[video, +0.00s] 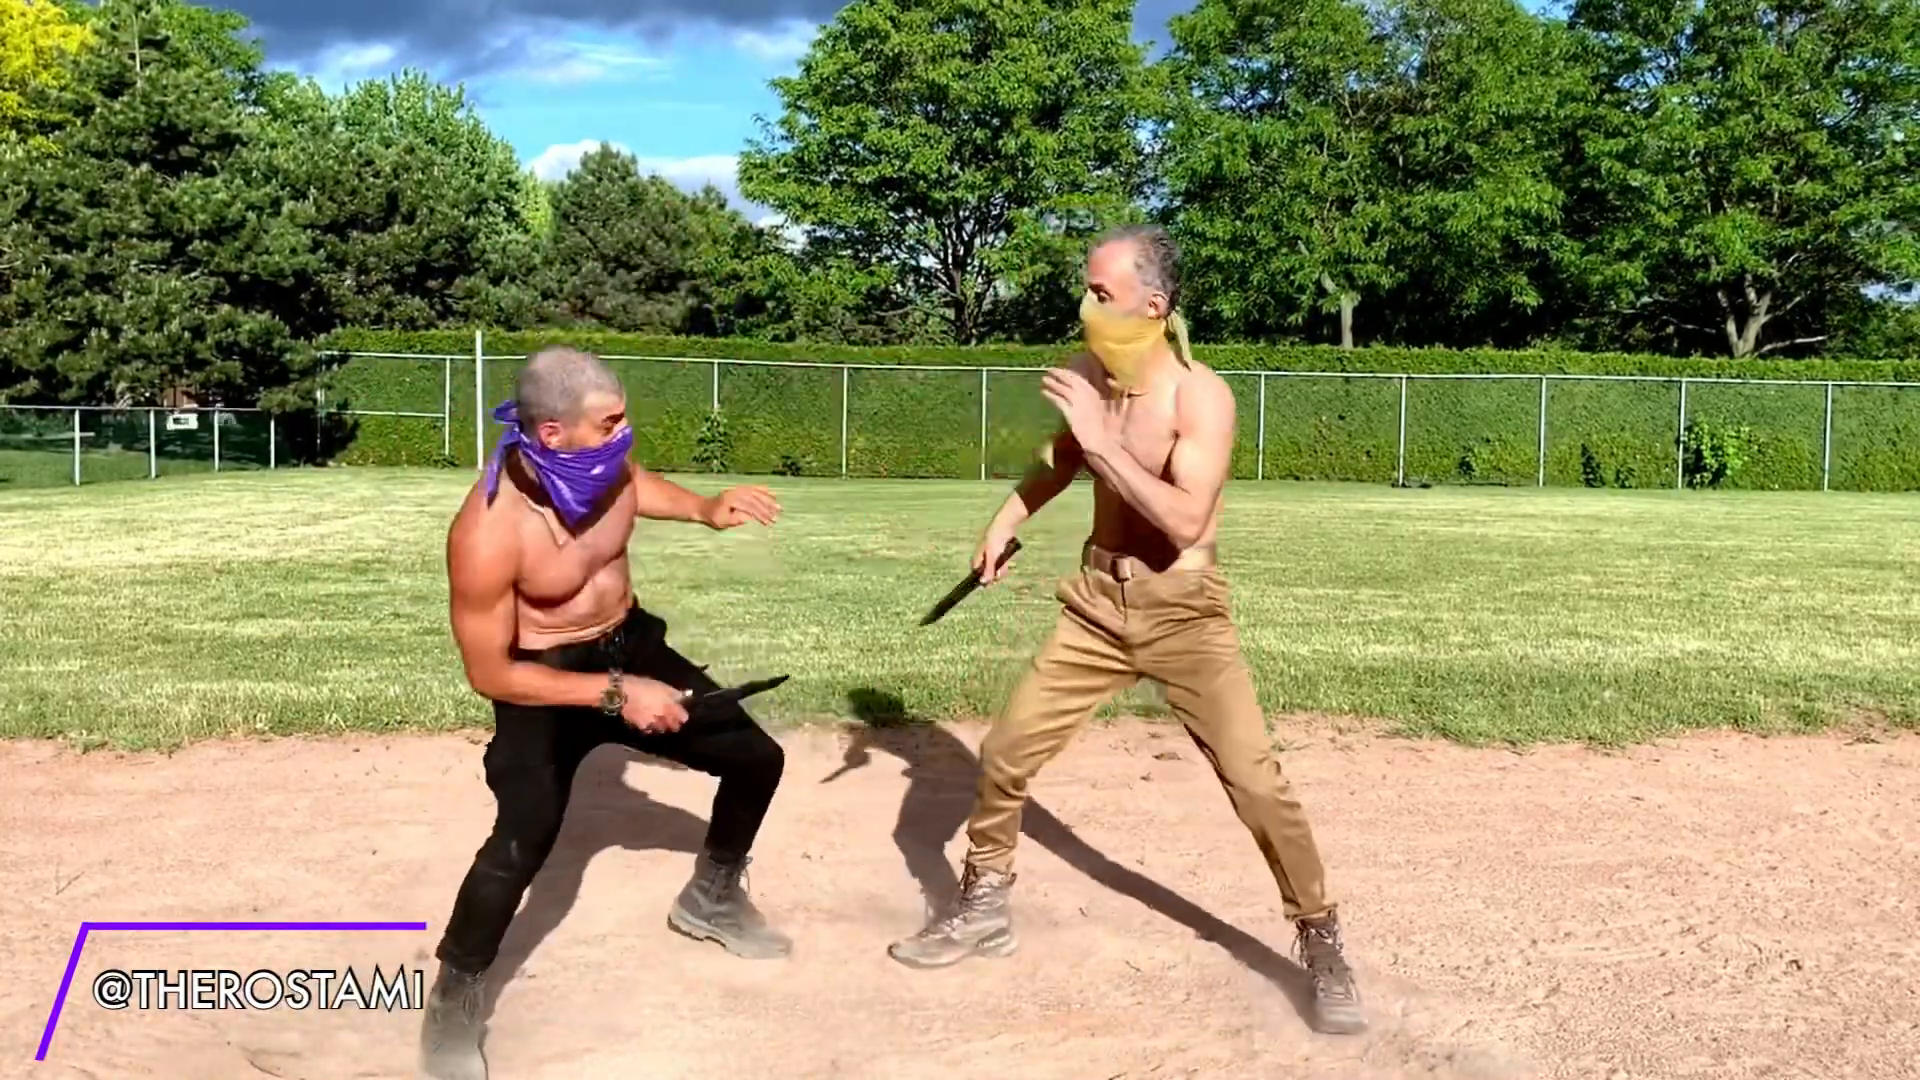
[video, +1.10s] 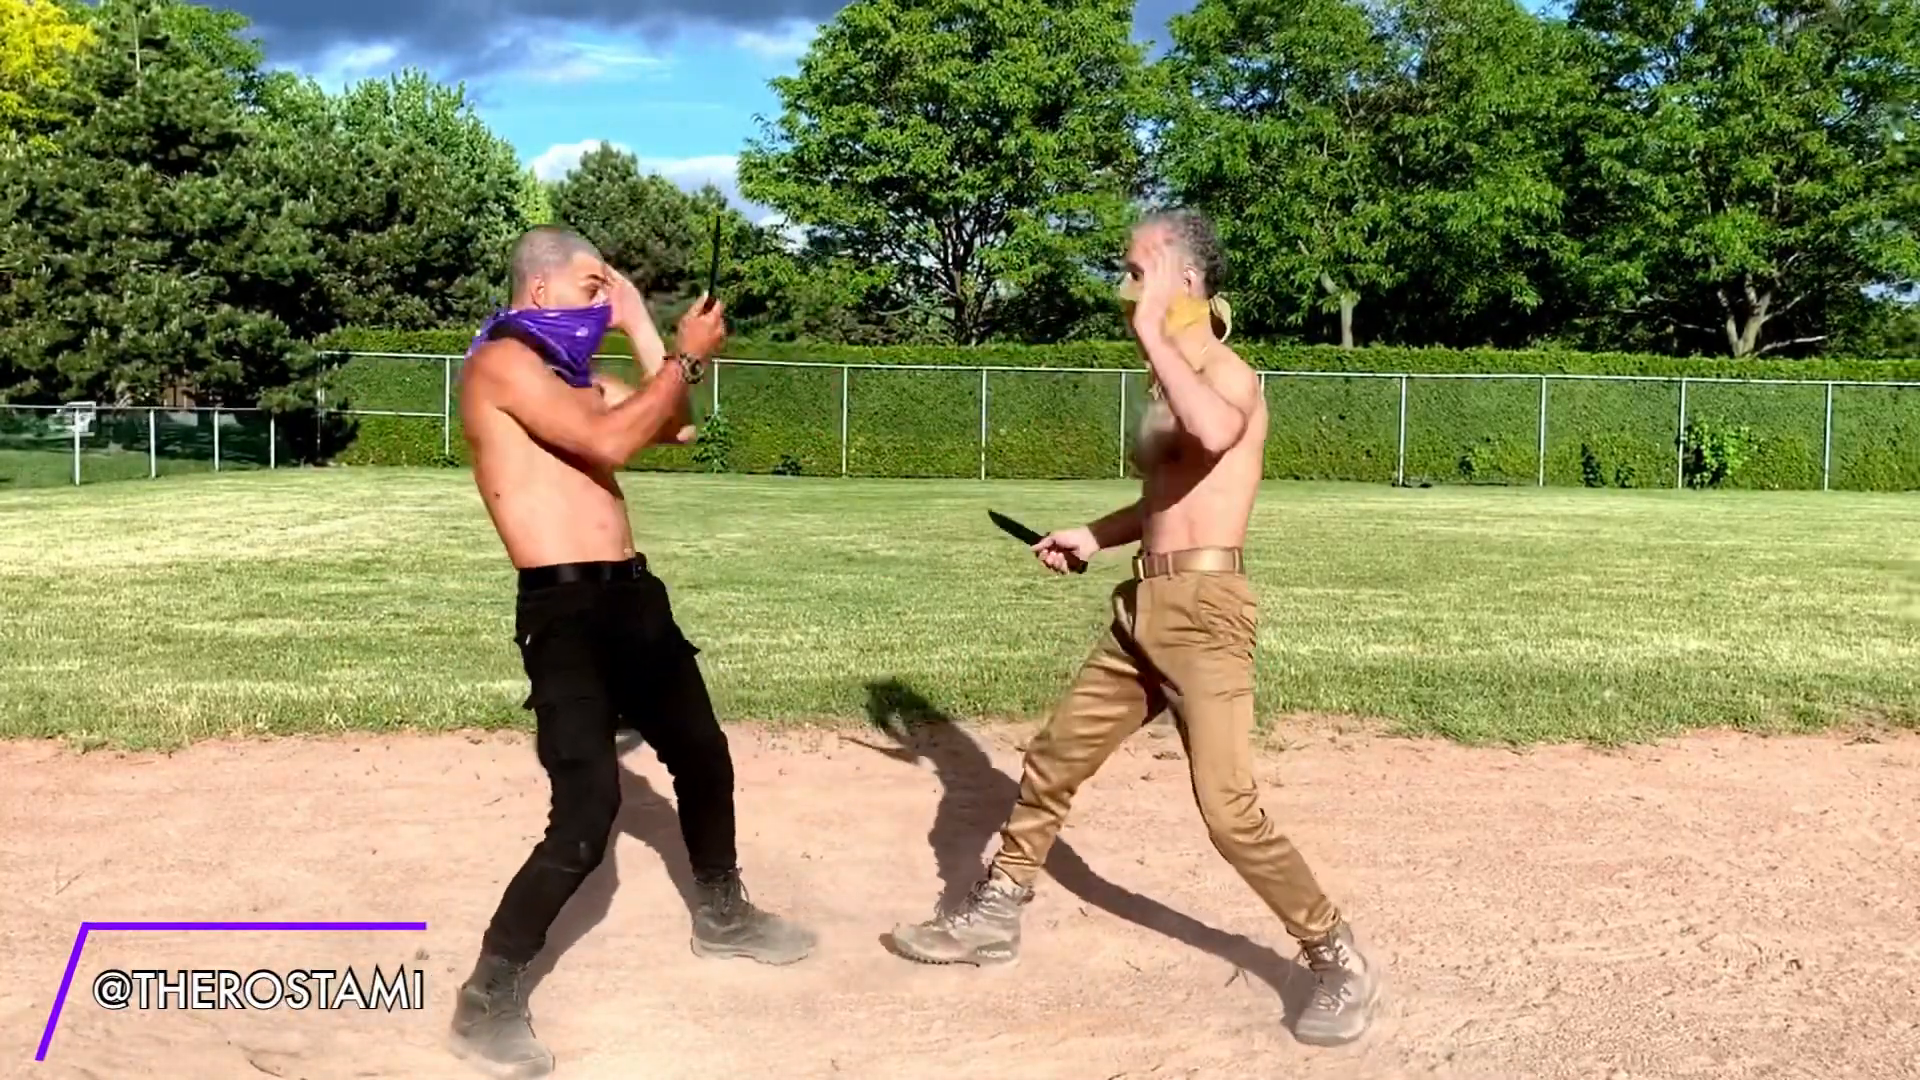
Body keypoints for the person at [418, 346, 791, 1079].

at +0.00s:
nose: (621, 438)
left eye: (622, 425)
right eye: (608, 429)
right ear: (549, 435)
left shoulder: (600, 465)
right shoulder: (488, 530)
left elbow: (628, 485)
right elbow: (489, 673)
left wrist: (704, 507)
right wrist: (616, 691)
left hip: (627, 650)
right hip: (543, 681)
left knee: (756, 761)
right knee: (523, 839)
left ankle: (713, 894)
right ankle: (455, 998)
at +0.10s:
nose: (658, 379)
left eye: (658, 363)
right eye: (645, 364)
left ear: (605, 374)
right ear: (591, 375)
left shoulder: (624, 435)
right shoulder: (518, 476)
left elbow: (657, 490)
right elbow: (473, 624)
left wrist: (706, 476)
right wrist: (586, 687)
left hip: (618, 635)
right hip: (536, 659)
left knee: (744, 745)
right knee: (530, 834)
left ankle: (710, 902)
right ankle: (456, 1001)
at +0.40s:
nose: (733, 315)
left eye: (734, 301)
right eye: (724, 299)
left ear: (678, 301)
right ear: (674, 302)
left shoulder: (666, 383)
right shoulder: (601, 388)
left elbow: (666, 467)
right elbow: (504, 513)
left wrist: (738, 423)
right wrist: (597, 588)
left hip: (631, 611)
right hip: (554, 618)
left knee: (729, 751)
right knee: (534, 817)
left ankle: (719, 915)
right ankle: (434, 998)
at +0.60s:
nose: (741, 336)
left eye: (745, 321)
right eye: (729, 320)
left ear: (714, 321)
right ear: (676, 321)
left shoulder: (725, 391)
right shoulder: (592, 395)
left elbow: (773, 465)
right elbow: (531, 524)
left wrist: (863, 501)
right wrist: (652, 542)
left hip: (660, 609)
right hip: (572, 612)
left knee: (751, 758)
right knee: (570, 794)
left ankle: (721, 919)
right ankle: (495, 988)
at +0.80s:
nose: (713, 325)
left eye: (716, 310)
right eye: (703, 308)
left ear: (668, 309)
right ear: (653, 307)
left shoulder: (688, 387)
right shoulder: (574, 391)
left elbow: (752, 445)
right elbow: (571, 534)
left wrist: (822, 378)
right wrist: (684, 489)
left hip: (654, 614)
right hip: (579, 618)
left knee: (744, 756)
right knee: (592, 813)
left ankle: (731, 915)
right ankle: (495, 992)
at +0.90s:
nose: (667, 316)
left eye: (669, 303)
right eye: (656, 300)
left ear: (614, 302)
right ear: (610, 299)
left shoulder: (606, 373)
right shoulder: (588, 354)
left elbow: (708, 409)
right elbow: (696, 418)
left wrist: (734, 318)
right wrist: (786, 361)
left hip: (637, 615)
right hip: (575, 624)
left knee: (727, 760)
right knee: (598, 838)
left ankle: (730, 914)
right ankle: (490, 995)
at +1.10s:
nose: (604, 308)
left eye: (606, 294)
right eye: (592, 290)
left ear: (548, 295)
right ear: (542, 288)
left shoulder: (558, 373)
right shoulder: (502, 361)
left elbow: (662, 425)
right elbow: (605, 440)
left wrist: (638, 321)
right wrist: (683, 361)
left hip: (633, 596)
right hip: (564, 608)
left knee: (703, 757)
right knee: (585, 815)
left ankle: (722, 912)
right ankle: (491, 992)